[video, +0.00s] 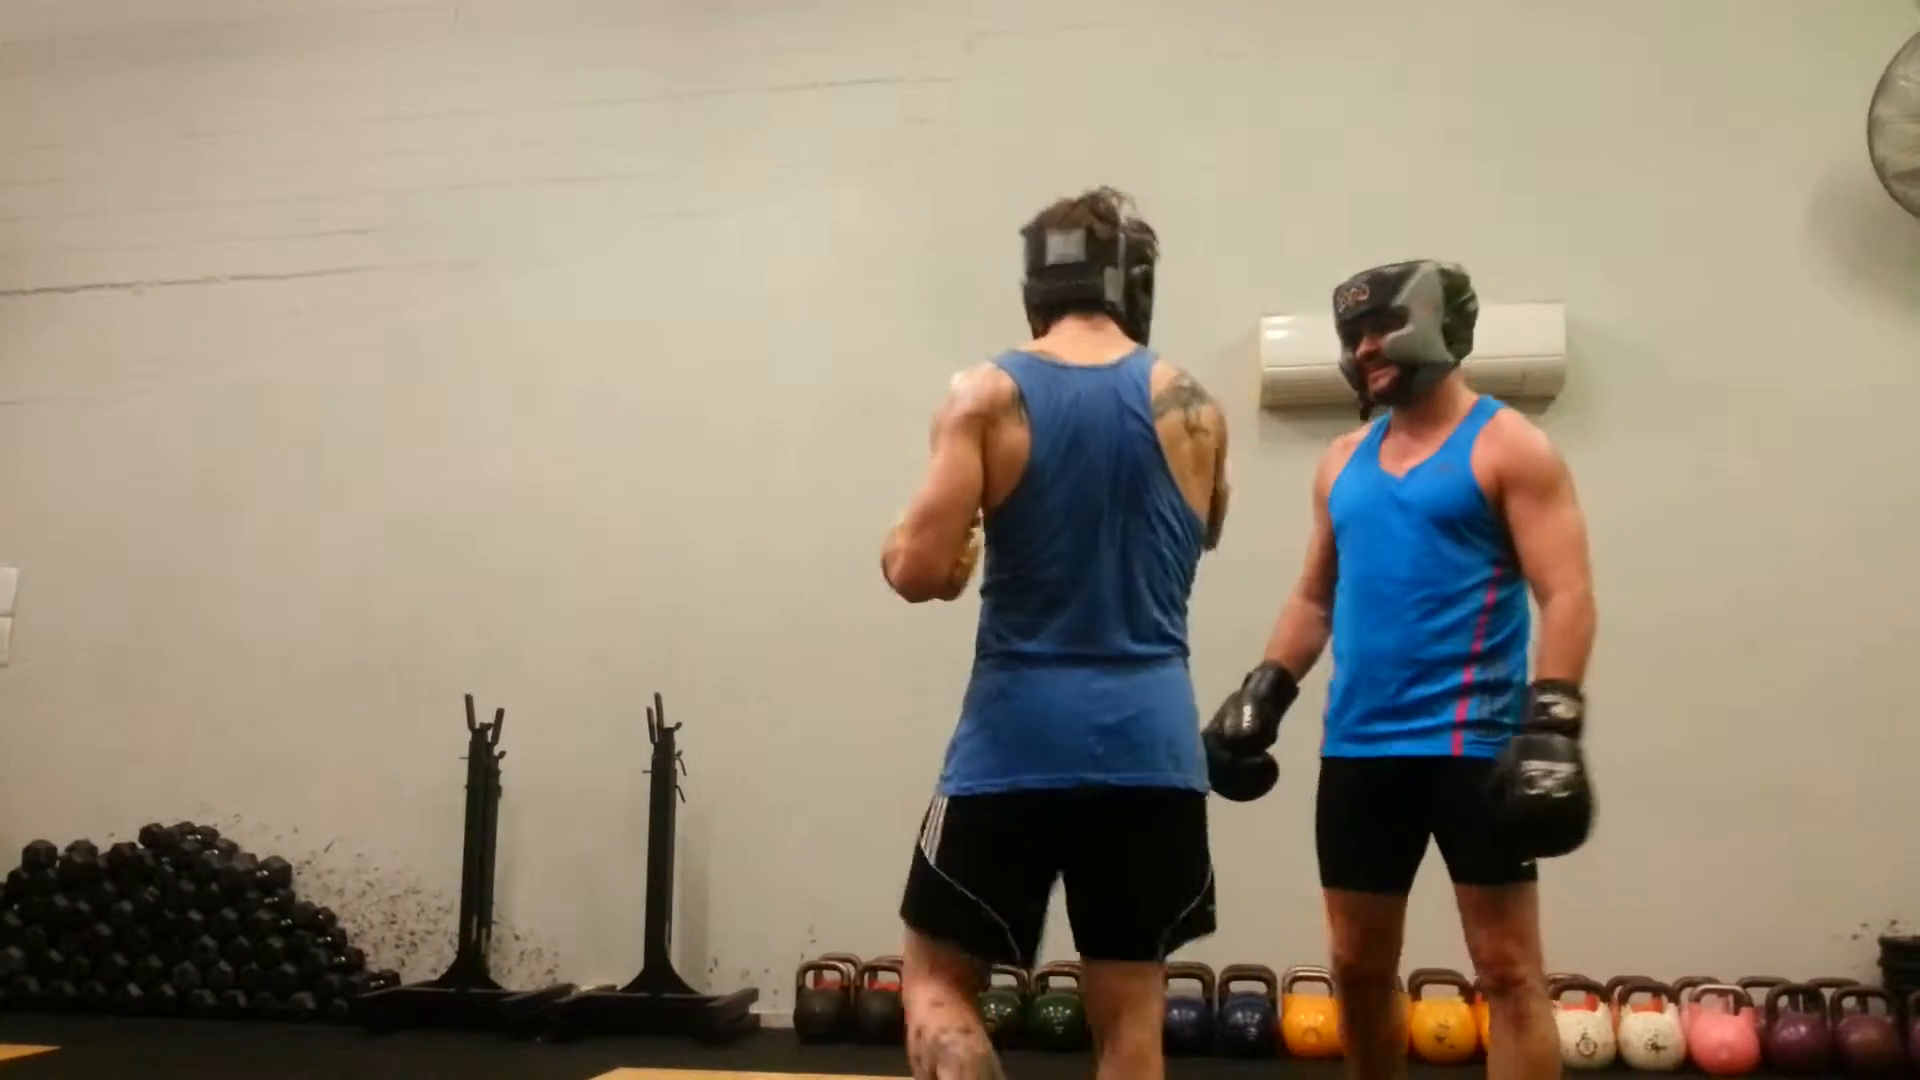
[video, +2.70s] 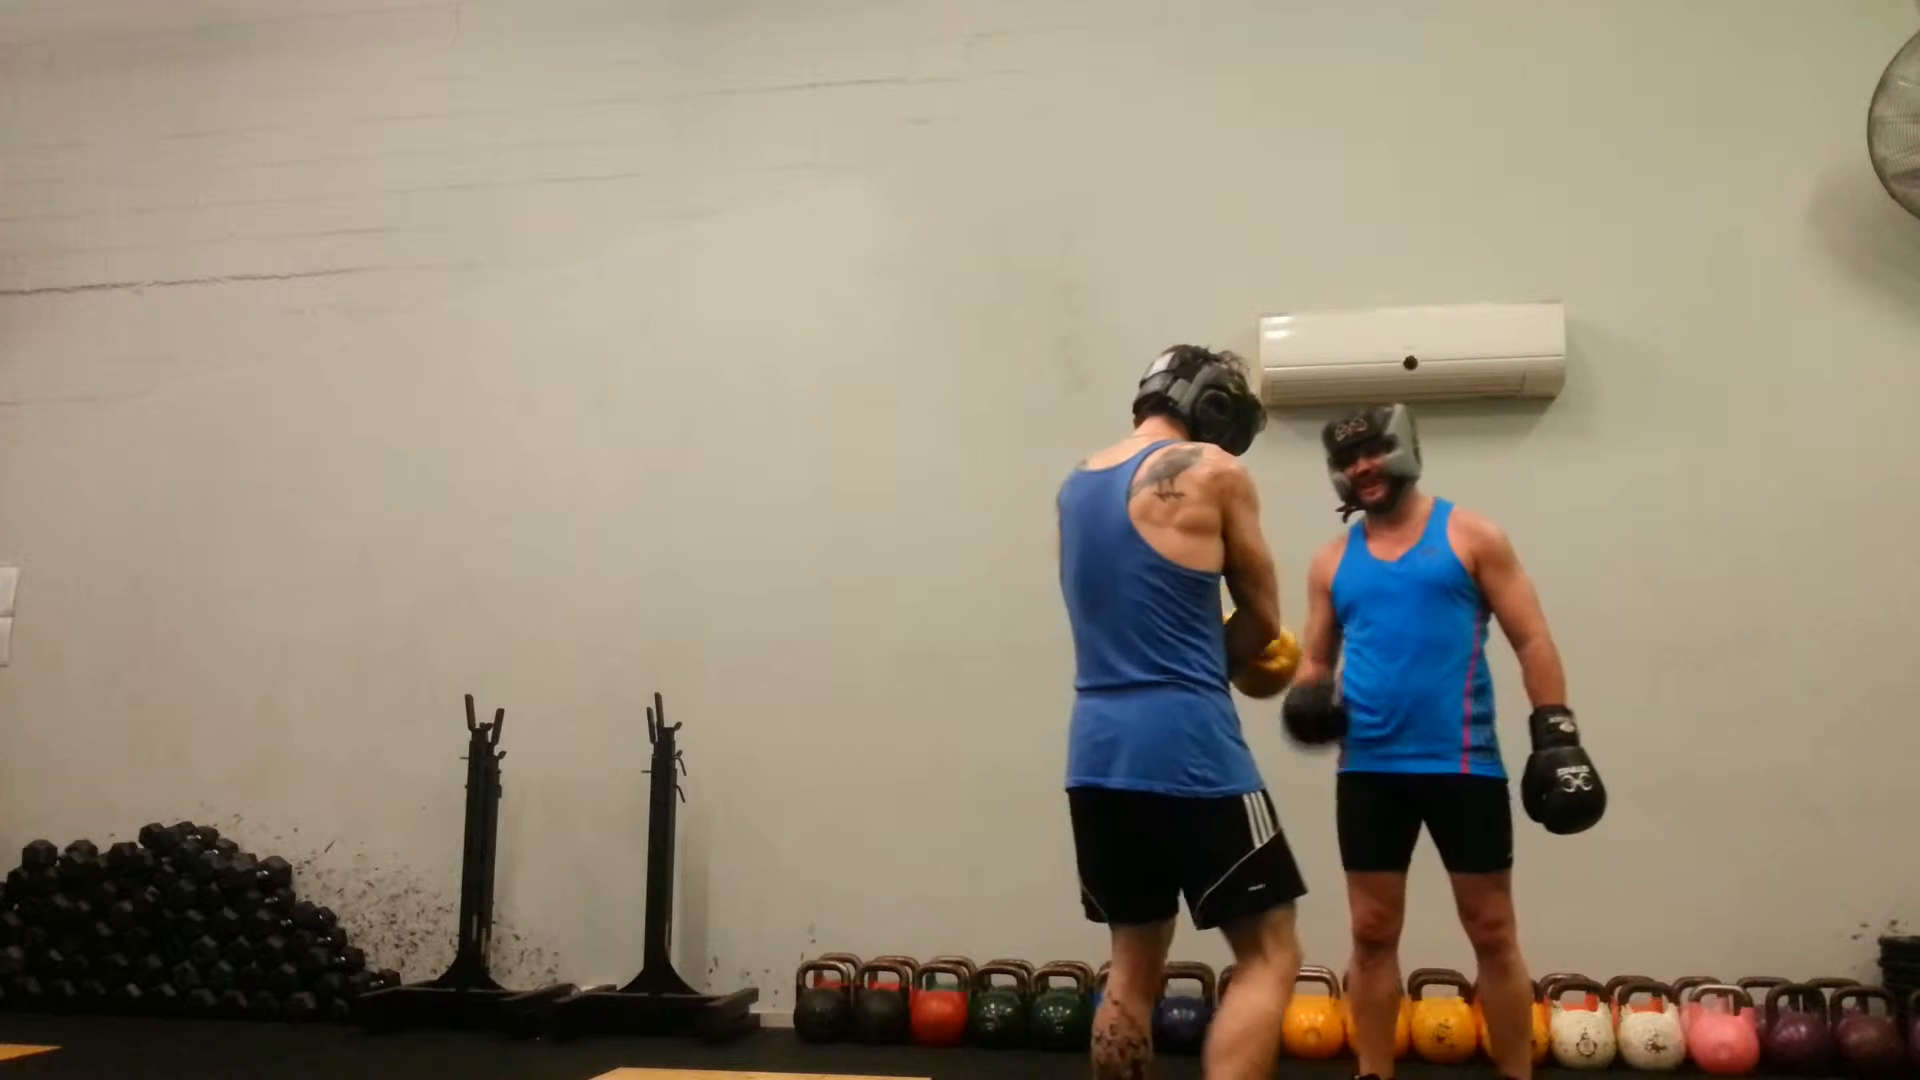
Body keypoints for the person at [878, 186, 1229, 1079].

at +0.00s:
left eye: (1031, 275)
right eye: (1141, 275)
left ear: (1032, 287)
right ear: (1138, 284)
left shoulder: (987, 395)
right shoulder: (1196, 408)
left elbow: (920, 573)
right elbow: (1199, 532)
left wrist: (930, 548)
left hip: (1013, 753)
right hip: (1151, 755)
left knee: (939, 986)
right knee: (1132, 1019)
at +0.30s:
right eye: (1148, 329)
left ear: (1042, 327)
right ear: (1138, 331)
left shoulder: (975, 420)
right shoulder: (1185, 452)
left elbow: (912, 587)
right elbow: (1186, 636)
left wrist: (982, 576)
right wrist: (1094, 614)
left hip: (1000, 763)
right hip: (1129, 767)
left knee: (940, 1010)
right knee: (1116, 1015)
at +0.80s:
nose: (1060, 400)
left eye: (1061, 387)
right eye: (1058, 386)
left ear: (959, 370)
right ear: (1039, 373)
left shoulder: (878, 460)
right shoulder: (1061, 457)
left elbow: (890, 606)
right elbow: (1098, 624)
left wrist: (1037, 687)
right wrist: (1034, 672)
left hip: (913, 758)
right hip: (1028, 755)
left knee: (928, 978)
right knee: (1092, 958)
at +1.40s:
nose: (1094, 370)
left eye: (1087, 354)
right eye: (1087, 356)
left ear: (985, 369)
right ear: (1071, 368)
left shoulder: (927, 466)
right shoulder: (1091, 478)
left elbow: (888, 581)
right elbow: (1109, 649)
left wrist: (977, 612)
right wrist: (1119, 724)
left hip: (941, 757)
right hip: (1050, 763)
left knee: (940, 969)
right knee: (1089, 981)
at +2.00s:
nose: (1213, 402)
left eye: (1213, 392)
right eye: (1212, 390)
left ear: (1117, 380)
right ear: (1196, 384)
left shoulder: (1046, 452)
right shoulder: (1213, 485)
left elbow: (971, 536)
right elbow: (1233, 649)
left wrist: (1059, 568)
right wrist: (1216, 727)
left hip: (1050, 751)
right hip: (1153, 758)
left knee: (1054, 946)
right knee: (1142, 979)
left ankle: (1011, 1076)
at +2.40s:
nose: (1228, 423)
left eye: (1230, 413)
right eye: (1228, 411)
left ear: (1140, 396)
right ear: (1209, 404)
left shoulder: (1075, 464)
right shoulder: (1223, 479)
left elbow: (1031, 554)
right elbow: (1255, 627)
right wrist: (1201, 693)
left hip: (1076, 760)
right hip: (1171, 765)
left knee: (1118, 967)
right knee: (1172, 984)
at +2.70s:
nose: (1231, 443)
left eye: (1235, 433)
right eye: (1232, 429)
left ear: (1143, 404)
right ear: (1210, 410)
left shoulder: (1080, 478)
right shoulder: (1215, 470)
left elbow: (1112, 616)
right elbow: (1263, 616)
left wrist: (1223, 649)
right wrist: (1196, 655)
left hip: (1097, 762)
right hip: (1192, 760)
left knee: (1134, 957)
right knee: (1269, 953)